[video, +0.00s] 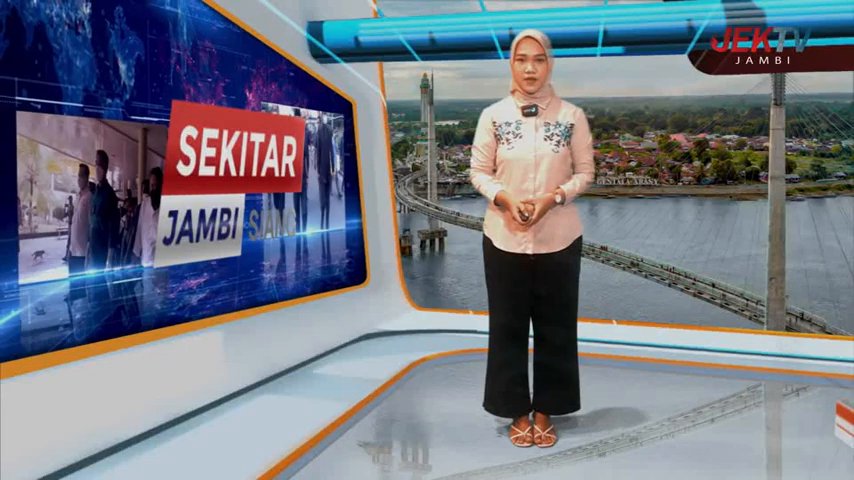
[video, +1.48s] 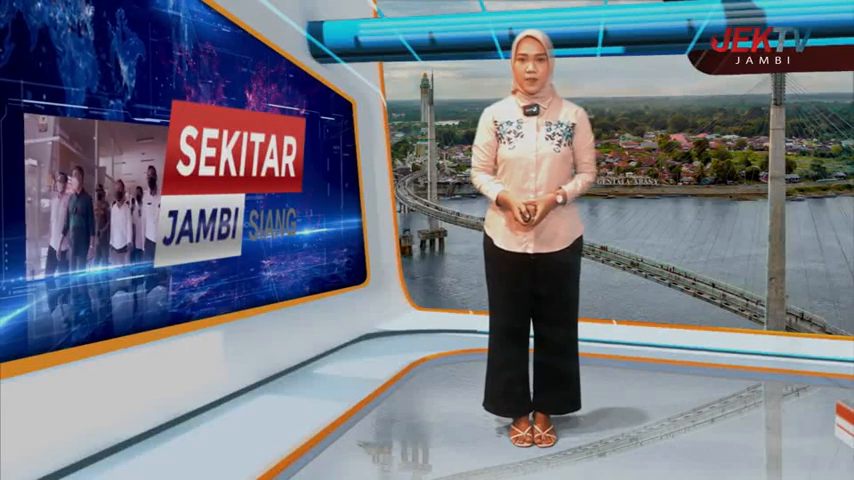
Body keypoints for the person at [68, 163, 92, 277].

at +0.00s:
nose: (79, 180)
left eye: (82, 176)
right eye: (78, 176)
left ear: (87, 178)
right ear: (77, 178)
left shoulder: (89, 196)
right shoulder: (79, 195)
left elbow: (92, 220)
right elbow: (76, 219)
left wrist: (91, 242)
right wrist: (70, 246)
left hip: (82, 248)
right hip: (73, 247)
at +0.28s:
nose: (83, 173)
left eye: (84, 171)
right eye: (81, 171)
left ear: (88, 172)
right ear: (79, 173)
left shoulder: (93, 188)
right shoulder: (78, 188)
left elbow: (97, 206)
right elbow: (75, 205)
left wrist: (97, 220)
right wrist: (73, 220)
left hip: (90, 221)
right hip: (80, 221)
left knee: (89, 247)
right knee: (81, 247)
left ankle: (88, 267)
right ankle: (82, 266)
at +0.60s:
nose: (78, 179)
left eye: (80, 177)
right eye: (76, 177)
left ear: (84, 179)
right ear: (74, 179)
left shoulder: (89, 195)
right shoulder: (73, 195)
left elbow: (92, 214)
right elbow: (71, 213)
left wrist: (93, 230)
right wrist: (69, 230)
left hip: (86, 229)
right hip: (75, 229)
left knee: (85, 256)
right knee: (74, 256)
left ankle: (85, 281)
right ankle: (75, 280)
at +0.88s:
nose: (76, 177)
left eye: (78, 174)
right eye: (74, 175)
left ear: (82, 176)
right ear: (72, 177)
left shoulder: (87, 193)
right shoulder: (72, 194)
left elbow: (90, 214)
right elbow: (70, 214)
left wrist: (88, 236)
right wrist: (69, 232)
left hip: (85, 226)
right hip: (75, 226)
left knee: (86, 256)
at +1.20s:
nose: (74, 180)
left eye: (76, 177)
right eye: (72, 177)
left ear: (80, 179)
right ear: (70, 180)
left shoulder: (85, 197)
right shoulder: (70, 197)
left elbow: (89, 221)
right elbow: (67, 219)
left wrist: (87, 245)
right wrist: (64, 246)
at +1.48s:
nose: (72, 183)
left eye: (75, 180)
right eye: (72, 179)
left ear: (81, 181)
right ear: (71, 181)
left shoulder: (87, 198)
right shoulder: (71, 198)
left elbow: (91, 221)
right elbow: (68, 219)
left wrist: (92, 243)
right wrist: (63, 236)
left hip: (83, 239)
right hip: (72, 238)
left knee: (80, 271)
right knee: (72, 270)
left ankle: (84, 299)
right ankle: (74, 299)